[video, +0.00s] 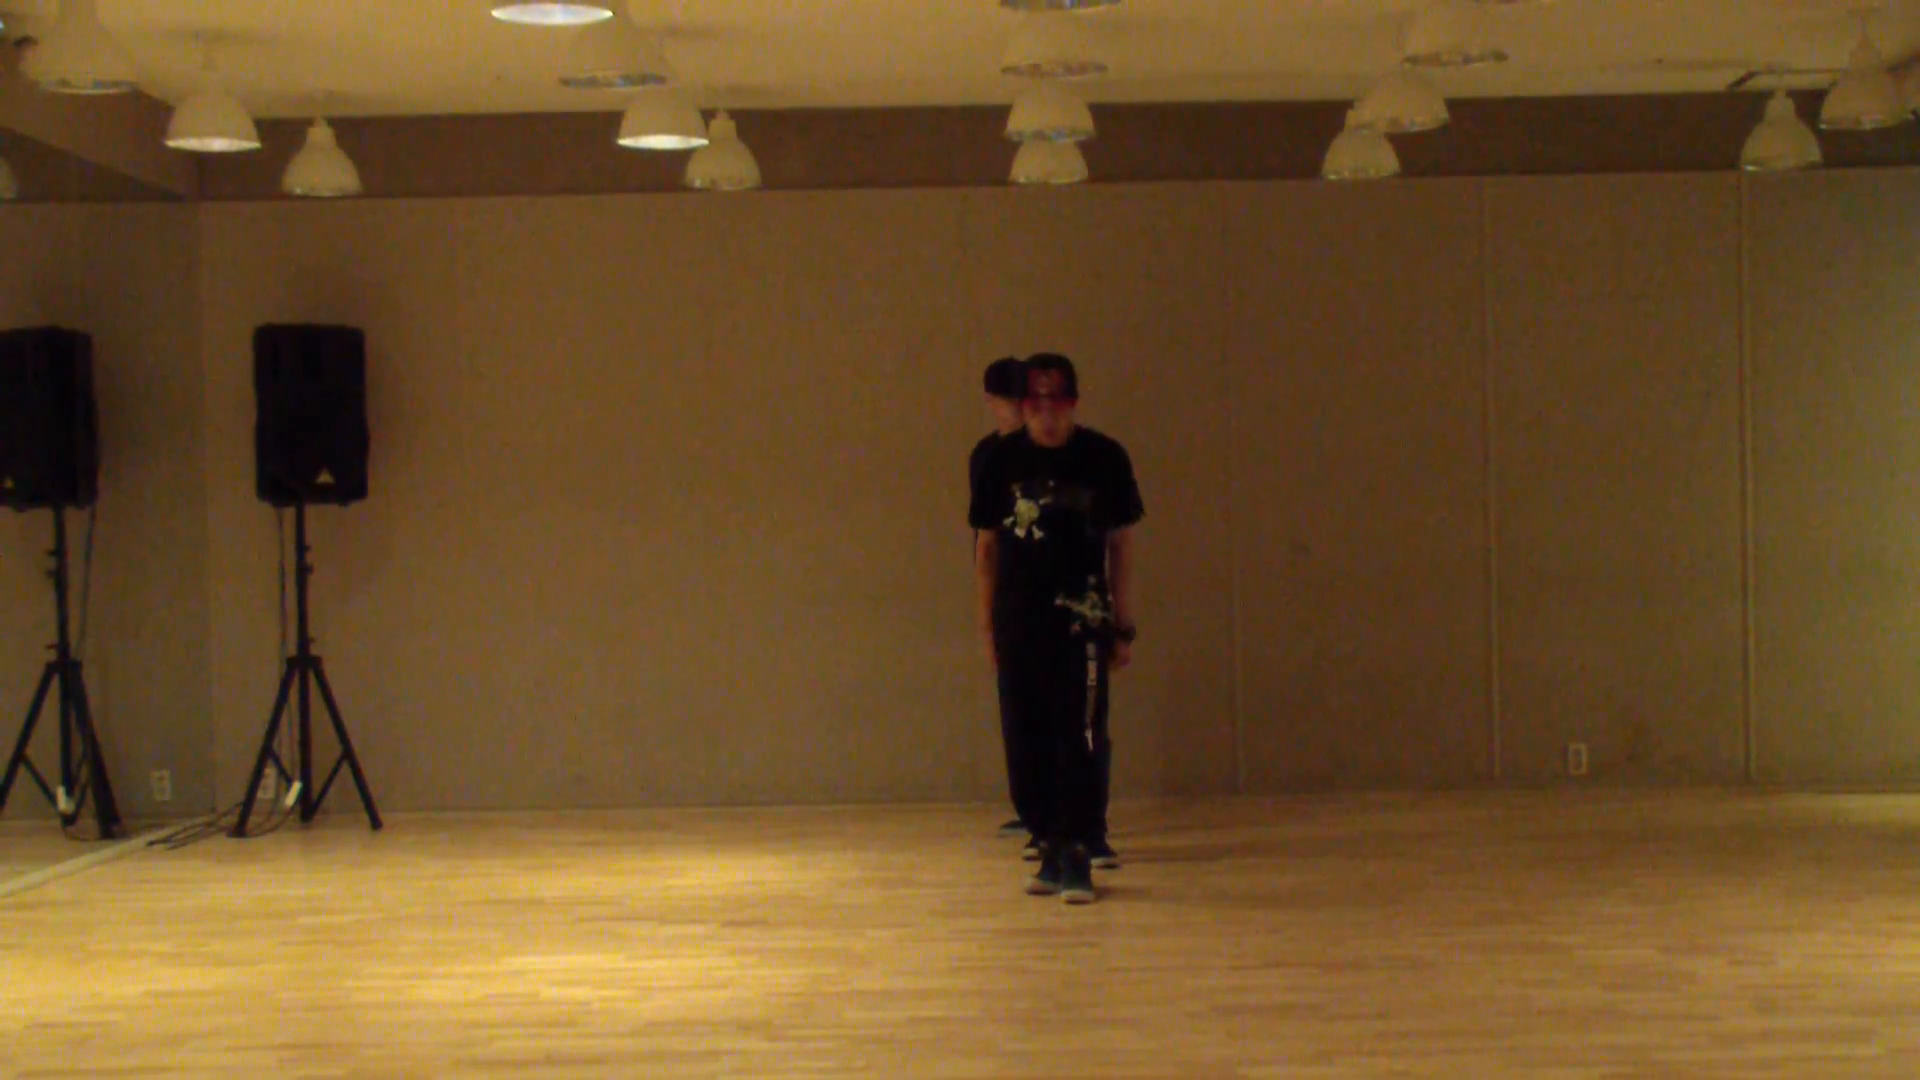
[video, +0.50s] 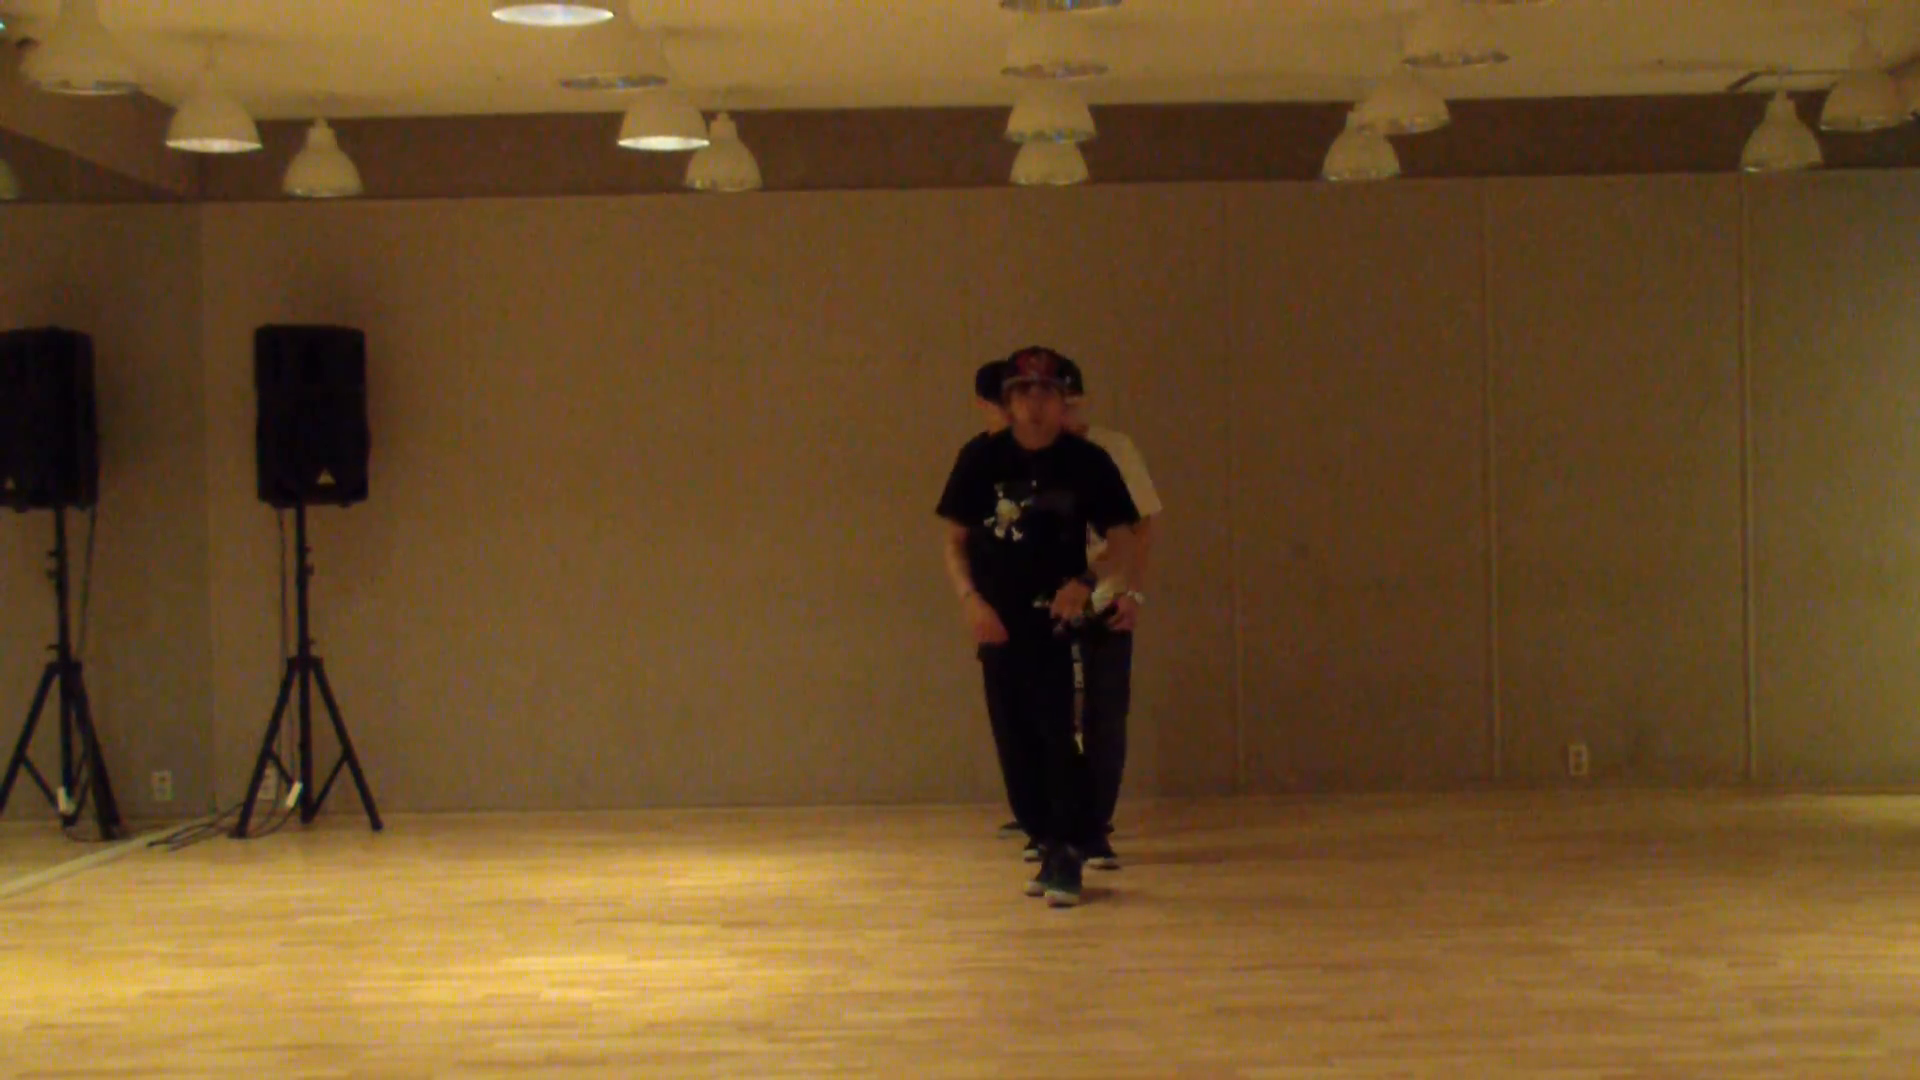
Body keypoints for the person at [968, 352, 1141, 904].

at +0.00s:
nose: (1044, 410)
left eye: (1054, 399)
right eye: (1035, 399)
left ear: (1073, 403)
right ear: (1021, 403)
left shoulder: (1105, 457)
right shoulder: (997, 459)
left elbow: (1121, 547)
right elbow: (987, 549)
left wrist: (1122, 626)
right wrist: (988, 628)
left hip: (1082, 618)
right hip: (1020, 617)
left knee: (1080, 734)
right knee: (1029, 734)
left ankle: (1077, 854)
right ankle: (1050, 849)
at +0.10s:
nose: (1043, 412)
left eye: (1053, 401)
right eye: (1033, 402)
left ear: (1070, 402)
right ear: (1018, 405)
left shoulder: (1103, 458)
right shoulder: (994, 460)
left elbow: (1120, 551)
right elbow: (982, 554)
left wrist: (1126, 631)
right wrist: (978, 636)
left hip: (1082, 623)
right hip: (1019, 622)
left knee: (1080, 737)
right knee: (1027, 739)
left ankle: (1077, 856)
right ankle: (1048, 852)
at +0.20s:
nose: (1042, 414)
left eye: (1052, 403)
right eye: (1032, 403)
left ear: (1069, 403)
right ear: (1014, 405)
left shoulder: (1099, 458)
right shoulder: (989, 459)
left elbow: (1119, 543)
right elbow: (971, 547)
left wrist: (1121, 617)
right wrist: (969, 628)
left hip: (1078, 622)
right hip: (1015, 622)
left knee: (1080, 735)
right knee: (1025, 737)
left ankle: (1077, 853)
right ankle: (1049, 850)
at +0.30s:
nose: (1039, 411)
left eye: (1049, 399)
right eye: (1028, 399)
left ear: (1068, 402)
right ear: (1011, 404)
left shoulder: (1097, 458)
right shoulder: (986, 459)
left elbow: (1120, 533)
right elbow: (967, 540)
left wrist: (1115, 597)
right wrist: (966, 610)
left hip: (1075, 619)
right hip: (1012, 618)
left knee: (1072, 734)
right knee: (1023, 734)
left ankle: (1070, 855)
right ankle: (1048, 850)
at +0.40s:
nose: (1038, 409)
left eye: (1048, 397)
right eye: (1027, 398)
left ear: (1067, 401)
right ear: (1009, 404)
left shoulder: (1091, 457)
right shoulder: (982, 457)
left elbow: (1122, 530)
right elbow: (961, 538)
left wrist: (1111, 587)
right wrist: (968, 599)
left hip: (1067, 618)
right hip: (1007, 617)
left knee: (1063, 734)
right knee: (1019, 733)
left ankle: (1066, 855)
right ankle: (1046, 846)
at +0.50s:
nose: (1034, 403)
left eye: (1045, 392)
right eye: (1022, 393)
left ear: (1064, 400)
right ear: (1006, 402)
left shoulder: (1086, 460)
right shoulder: (980, 456)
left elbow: (1126, 536)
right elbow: (955, 540)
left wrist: (1087, 582)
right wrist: (971, 602)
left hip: (1058, 621)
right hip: (1001, 620)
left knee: (1055, 737)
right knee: (1015, 737)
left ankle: (1065, 855)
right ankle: (1048, 848)